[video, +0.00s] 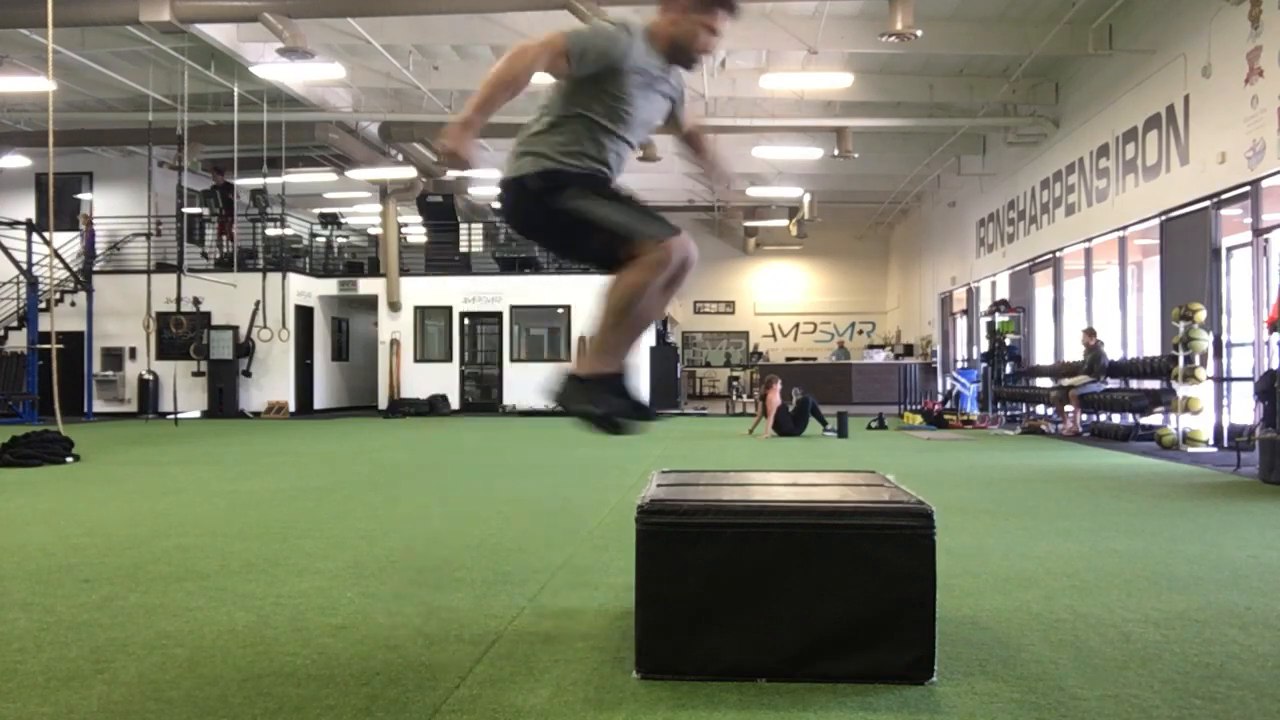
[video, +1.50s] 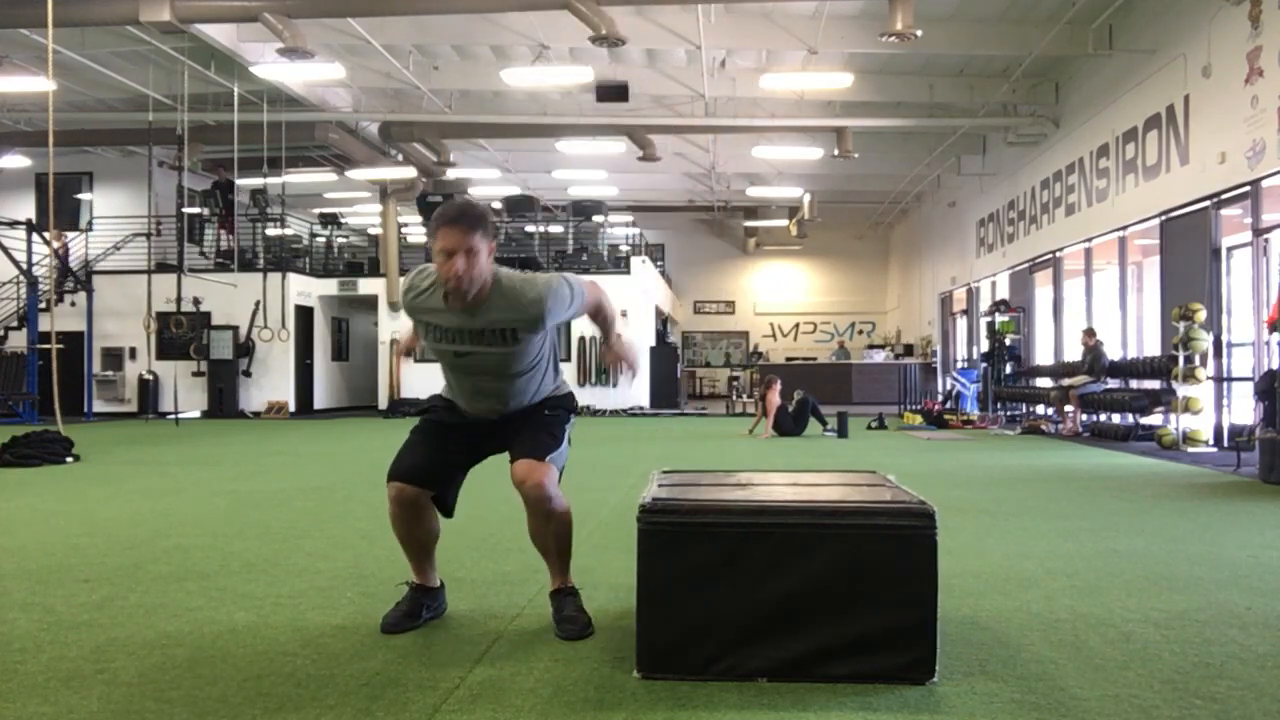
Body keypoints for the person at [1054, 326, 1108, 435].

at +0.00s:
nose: (1082, 340)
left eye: (1084, 337)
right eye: (1082, 337)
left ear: (1092, 338)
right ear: (1089, 338)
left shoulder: (1099, 353)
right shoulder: (1087, 352)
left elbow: (1097, 376)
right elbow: (1085, 370)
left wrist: (1077, 380)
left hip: (1098, 382)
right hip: (1085, 380)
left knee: (1073, 393)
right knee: (1058, 395)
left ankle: (1076, 426)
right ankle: (1066, 425)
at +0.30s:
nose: (1081, 340)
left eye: (1083, 337)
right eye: (1082, 337)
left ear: (1090, 338)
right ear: (1089, 337)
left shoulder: (1099, 353)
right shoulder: (1088, 352)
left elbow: (1096, 376)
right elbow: (1085, 371)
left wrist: (1076, 380)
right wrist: (1073, 380)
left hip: (1098, 382)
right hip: (1086, 380)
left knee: (1073, 393)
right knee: (1057, 395)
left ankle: (1076, 426)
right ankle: (1066, 425)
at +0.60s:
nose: (1081, 340)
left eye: (1083, 337)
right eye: (1082, 337)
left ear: (1090, 338)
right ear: (1089, 338)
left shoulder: (1099, 353)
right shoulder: (1087, 352)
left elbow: (1097, 376)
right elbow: (1085, 371)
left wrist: (1077, 380)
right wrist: (1073, 380)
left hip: (1098, 382)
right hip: (1086, 380)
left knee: (1073, 393)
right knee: (1057, 395)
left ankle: (1076, 426)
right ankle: (1066, 425)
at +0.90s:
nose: (1082, 340)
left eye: (1084, 337)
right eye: (1082, 337)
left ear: (1091, 338)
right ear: (1089, 338)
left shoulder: (1099, 353)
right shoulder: (1087, 352)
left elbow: (1097, 376)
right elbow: (1085, 371)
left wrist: (1076, 381)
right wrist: (1073, 380)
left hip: (1098, 382)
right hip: (1086, 380)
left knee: (1074, 393)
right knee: (1057, 395)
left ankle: (1076, 426)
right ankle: (1066, 425)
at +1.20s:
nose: (1082, 340)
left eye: (1084, 337)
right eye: (1082, 337)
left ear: (1091, 338)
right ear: (1089, 338)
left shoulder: (1099, 353)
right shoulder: (1086, 351)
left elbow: (1097, 376)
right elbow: (1084, 370)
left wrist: (1076, 380)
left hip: (1098, 382)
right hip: (1086, 380)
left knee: (1074, 393)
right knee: (1057, 395)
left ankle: (1076, 426)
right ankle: (1066, 425)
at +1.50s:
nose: (1081, 340)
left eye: (1084, 337)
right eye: (1082, 337)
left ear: (1091, 338)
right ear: (1089, 338)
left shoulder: (1099, 353)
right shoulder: (1086, 351)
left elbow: (1097, 377)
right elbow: (1084, 370)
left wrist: (1076, 380)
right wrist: (1073, 379)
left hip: (1098, 382)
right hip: (1085, 380)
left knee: (1074, 393)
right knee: (1057, 395)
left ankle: (1076, 426)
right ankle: (1066, 425)